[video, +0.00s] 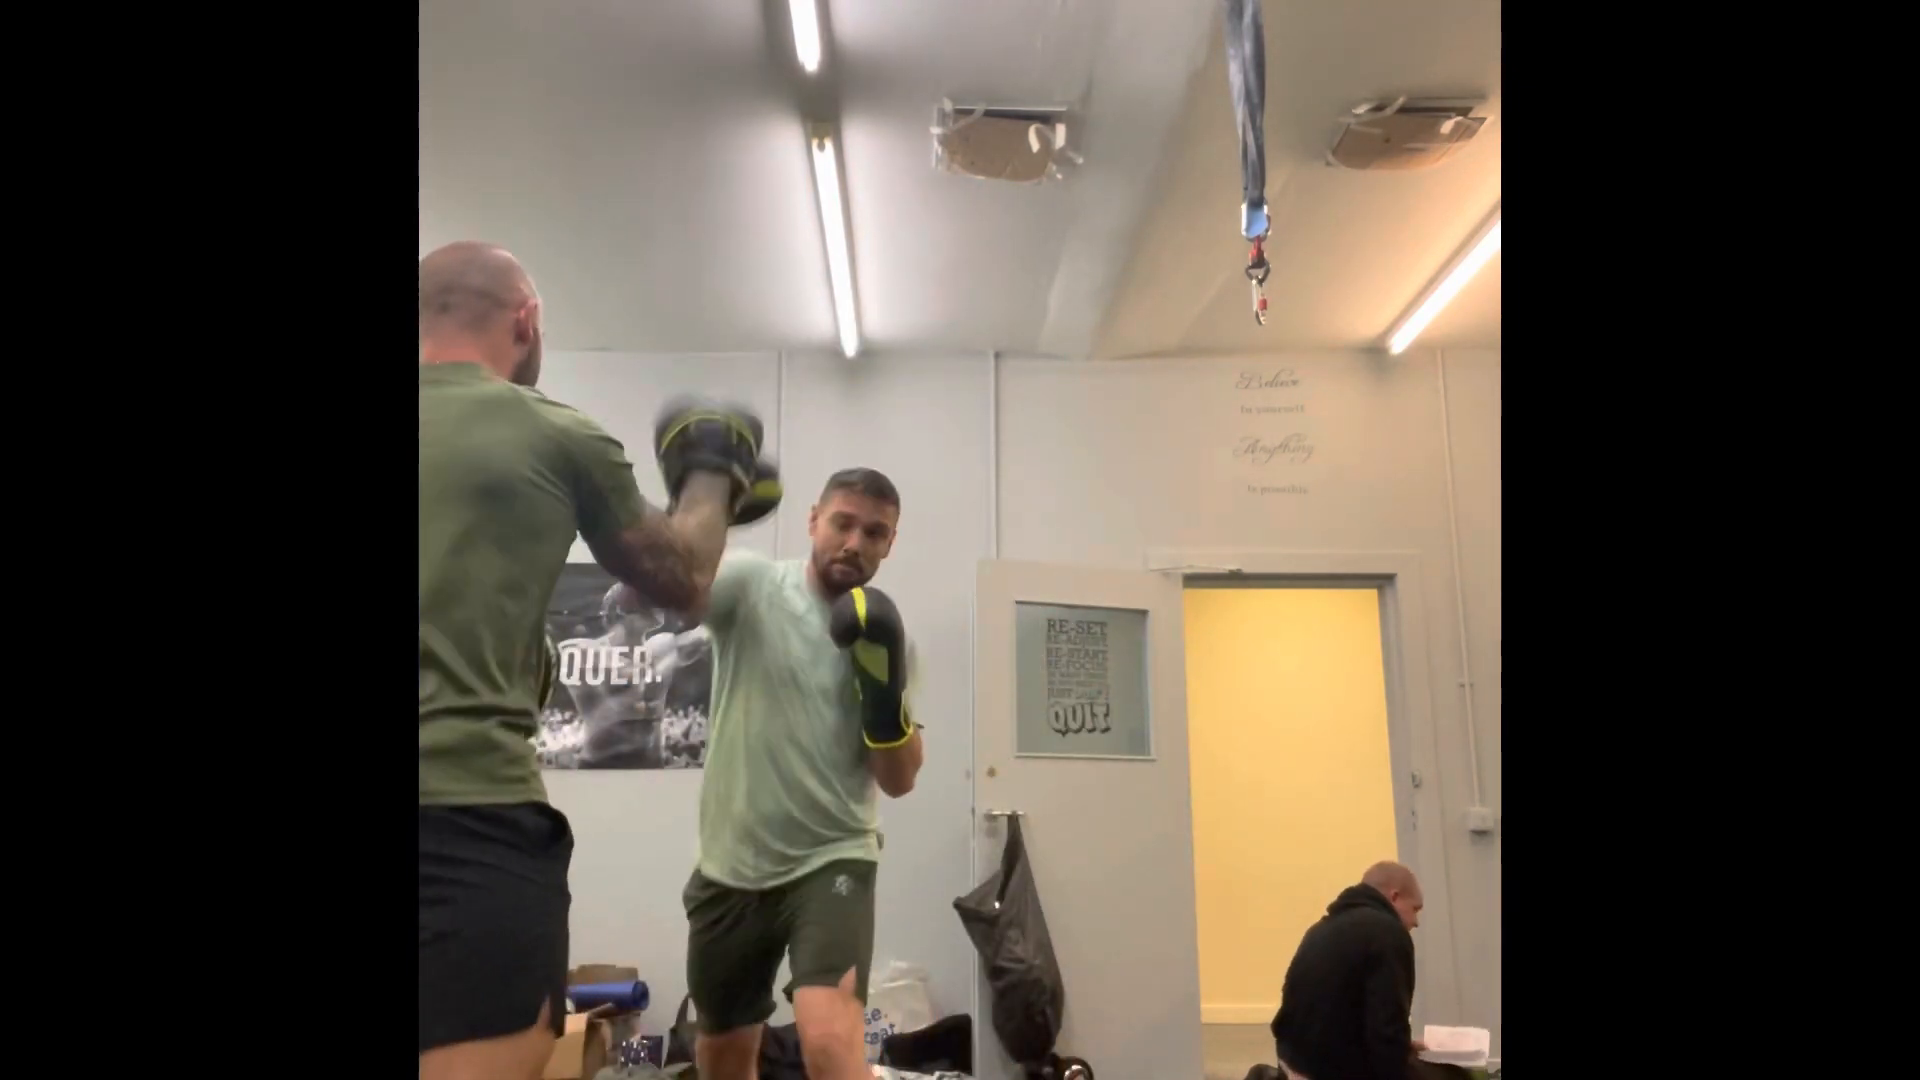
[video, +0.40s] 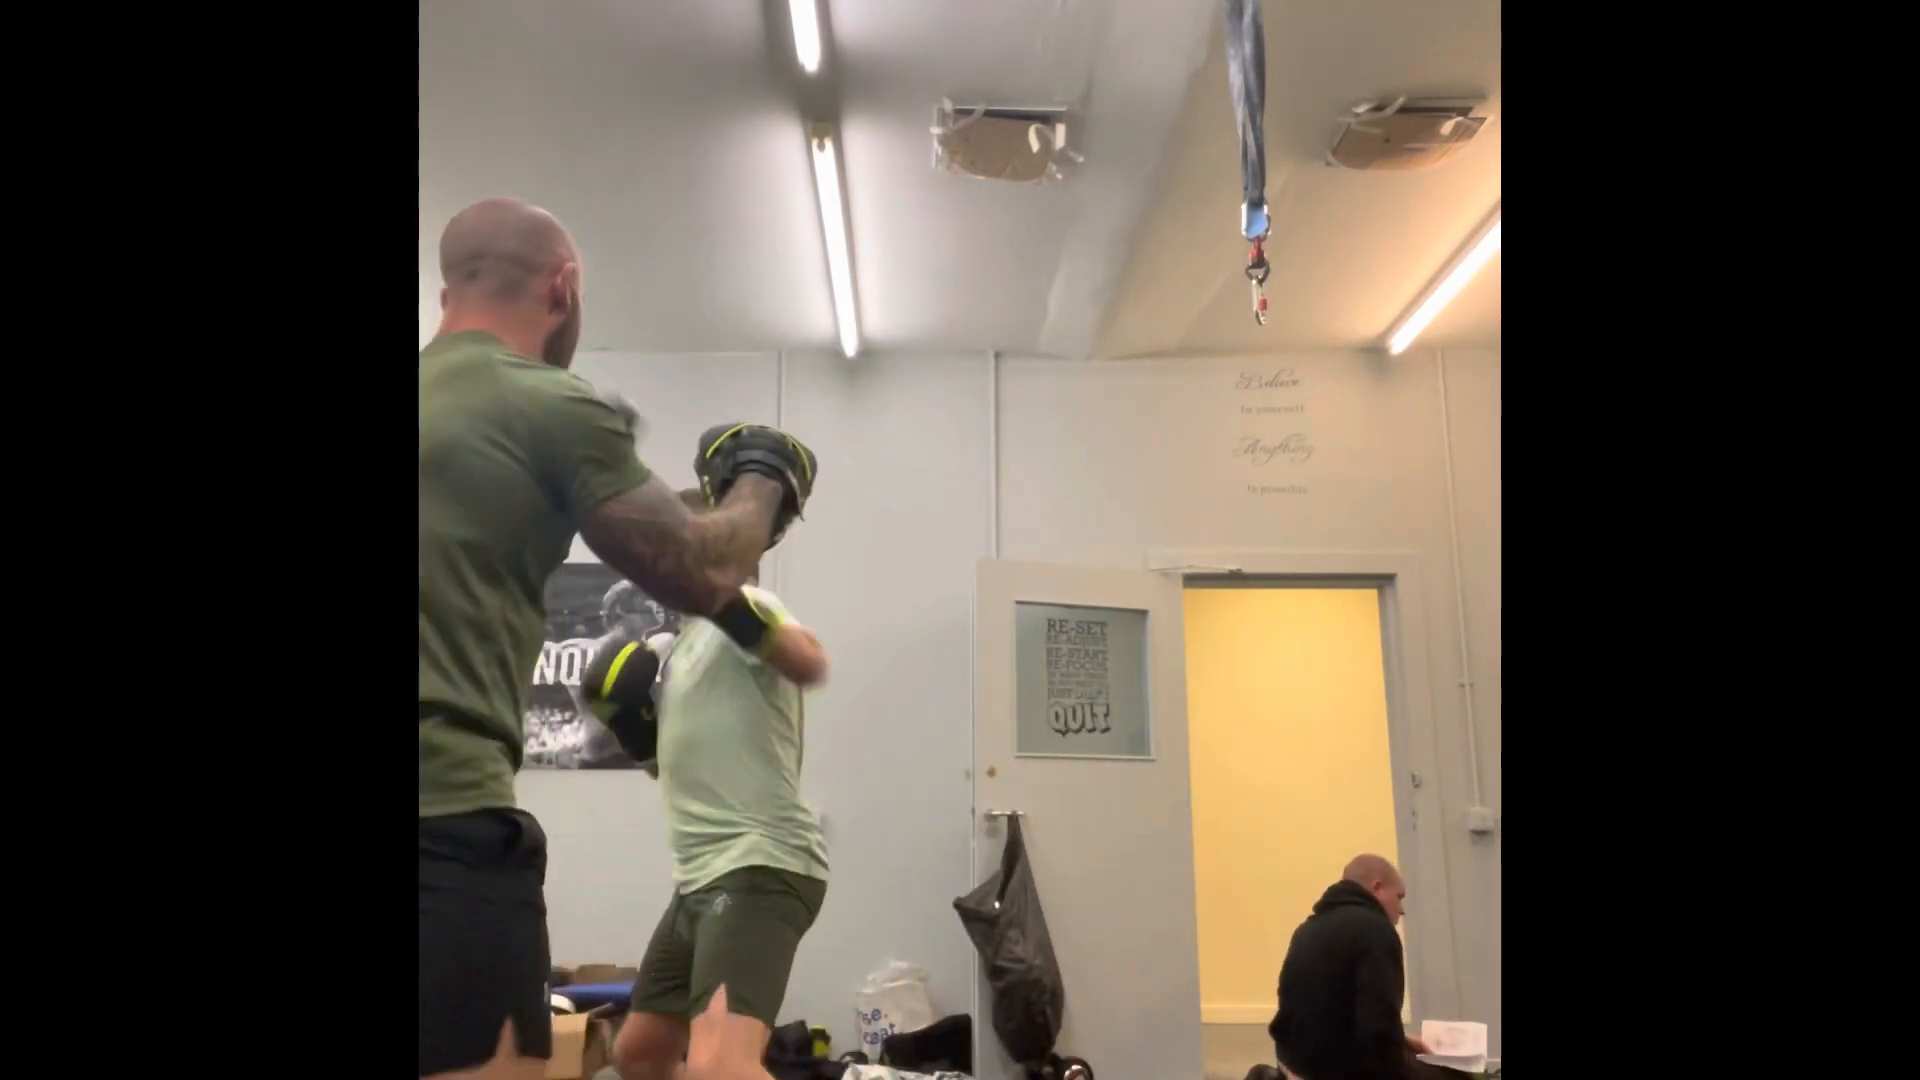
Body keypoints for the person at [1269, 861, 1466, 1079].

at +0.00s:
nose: (1415, 923)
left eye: (1417, 912)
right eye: (1415, 910)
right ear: (1394, 898)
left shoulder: (1326, 925)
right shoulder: (1389, 933)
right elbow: (1387, 1030)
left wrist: (1403, 1045)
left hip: (1293, 1057)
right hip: (1341, 1067)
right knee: (1457, 1072)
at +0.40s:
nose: (1402, 911)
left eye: (1402, 899)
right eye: (1399, 897)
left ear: (1350, 886)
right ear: (1376, 887)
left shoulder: (1310, 926)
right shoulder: (1376, 929)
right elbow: (1378, 1027)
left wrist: (1400, 1042)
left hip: (1297, 1059)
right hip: (1349, 1067)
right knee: (1458, 1072)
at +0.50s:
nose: (1400, 909)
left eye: (1400, 898)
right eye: (1397, 896)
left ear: (1369, 889)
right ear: (1373, 888)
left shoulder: (1312, 924)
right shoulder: (1366, 926)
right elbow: (1355, 1013)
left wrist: (1397, 1039)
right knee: (1453, 1073)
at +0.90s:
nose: (1409, 925)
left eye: (1411, 916)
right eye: (1407, 916)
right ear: (1384, 910)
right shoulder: (1351, 940)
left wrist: (1391, 1050)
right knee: (1445, 1072)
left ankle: (1271, 1074)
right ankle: (1271, 1074)